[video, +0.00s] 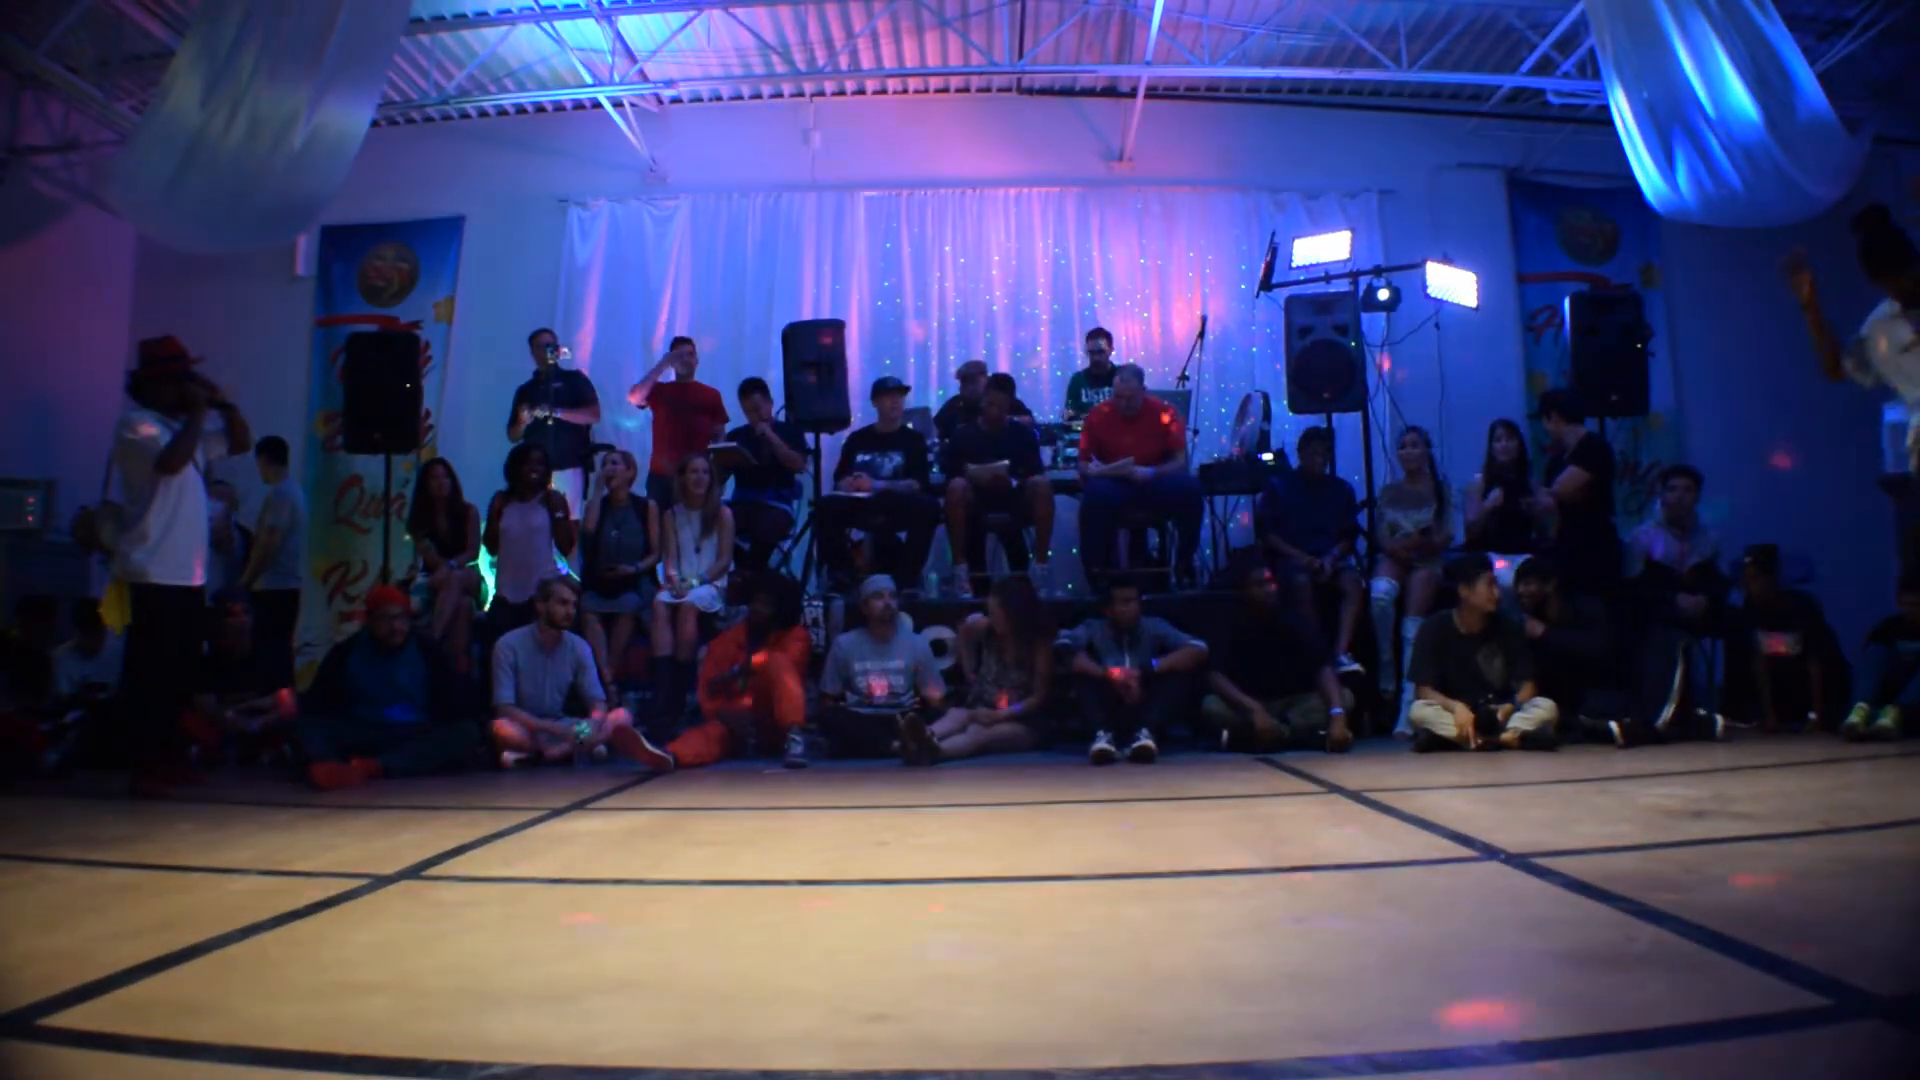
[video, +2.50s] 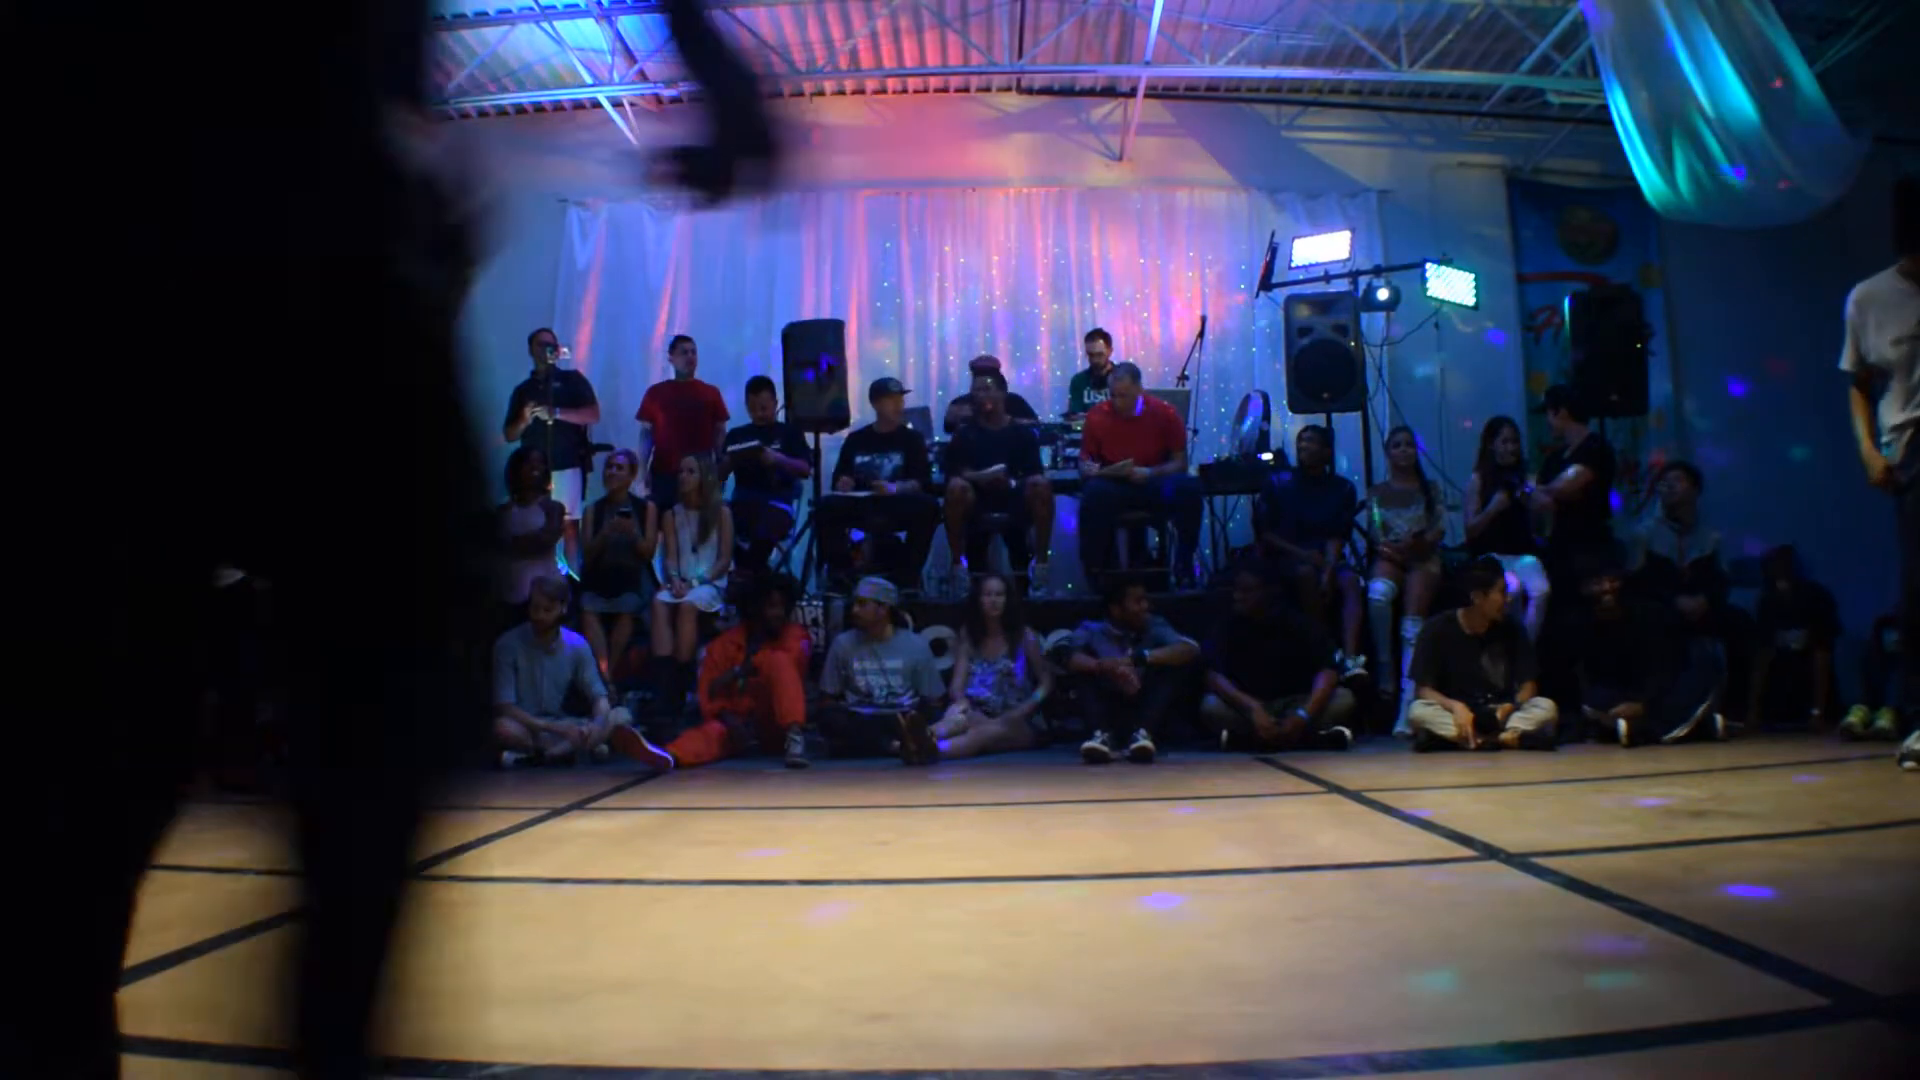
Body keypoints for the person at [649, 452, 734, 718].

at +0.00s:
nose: (699, 478)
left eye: (705, 473)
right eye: (693, 472)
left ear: (712, 478)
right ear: (682, 478)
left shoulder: (722, 514)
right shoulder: (671, 515)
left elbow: (724, 559)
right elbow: (669, 556)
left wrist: (699, 581)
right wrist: (671, 578)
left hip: (710, 580)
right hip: (678, 580)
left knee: (688, 607)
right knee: (660, 606)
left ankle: (682, 683)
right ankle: (662, 681)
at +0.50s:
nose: (700, 477)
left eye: (705, 472)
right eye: (694, 472)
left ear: (712, 478)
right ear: (682, 478)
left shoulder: (722, 514)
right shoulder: (671, 516)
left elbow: (724, 560)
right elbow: (669, 557)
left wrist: (698, 582)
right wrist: (673, 581)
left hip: (709, 581)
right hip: (678, 581)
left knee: (688, 608)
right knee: (659, 605)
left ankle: (682, 684)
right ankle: (662, 683)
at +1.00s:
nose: (700, 478)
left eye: (705, 472)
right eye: (694, 472)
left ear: (712, 478)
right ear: (683, 478)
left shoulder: (722, 513)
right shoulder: (672, 516)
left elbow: (725, 560)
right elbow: (670, 556)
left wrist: (697, 582)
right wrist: (674, 581)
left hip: (710, 580)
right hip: (679, 580)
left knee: (688, 607)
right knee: (659, 605)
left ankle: (682, 682)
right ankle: (662, 680)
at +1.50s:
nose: (700, 478)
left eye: (705, 473)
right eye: (693, 472)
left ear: (711, 478)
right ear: (682, 478)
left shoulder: (721, 513)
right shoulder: (672, 516)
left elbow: (724, 560)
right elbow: (670, 557)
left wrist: (701, 579)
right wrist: (675, 580)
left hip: (712, 580)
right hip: (680, 581)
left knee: (689, 605)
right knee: (660, 603)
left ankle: (682, 680)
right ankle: (664, 678)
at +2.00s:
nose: (685, 478)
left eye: (692, 472)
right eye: (682, 473)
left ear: (705, 478)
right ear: (678, 478)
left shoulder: (721, 514)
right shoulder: (671, 515)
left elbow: (724, 560)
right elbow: (670, 556)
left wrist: (698, 581)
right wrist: (674, 581)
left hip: (710, 581)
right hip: (679, 581)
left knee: (688, 606)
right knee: (660, 602)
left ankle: (682, 677)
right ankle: (662, 676)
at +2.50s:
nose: (683, 477)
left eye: (690, 472)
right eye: (681, 472)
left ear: (704, 477)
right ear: (678, 477)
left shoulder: (721, 514)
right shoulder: (672, 516)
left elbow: (724, 560)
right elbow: (670, 557)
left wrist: (699, 582)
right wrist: (674, 579)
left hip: (710, 580)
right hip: (679, 580)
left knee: (688, 606)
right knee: (660, 602)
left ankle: (681, 678)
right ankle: (662, 675)